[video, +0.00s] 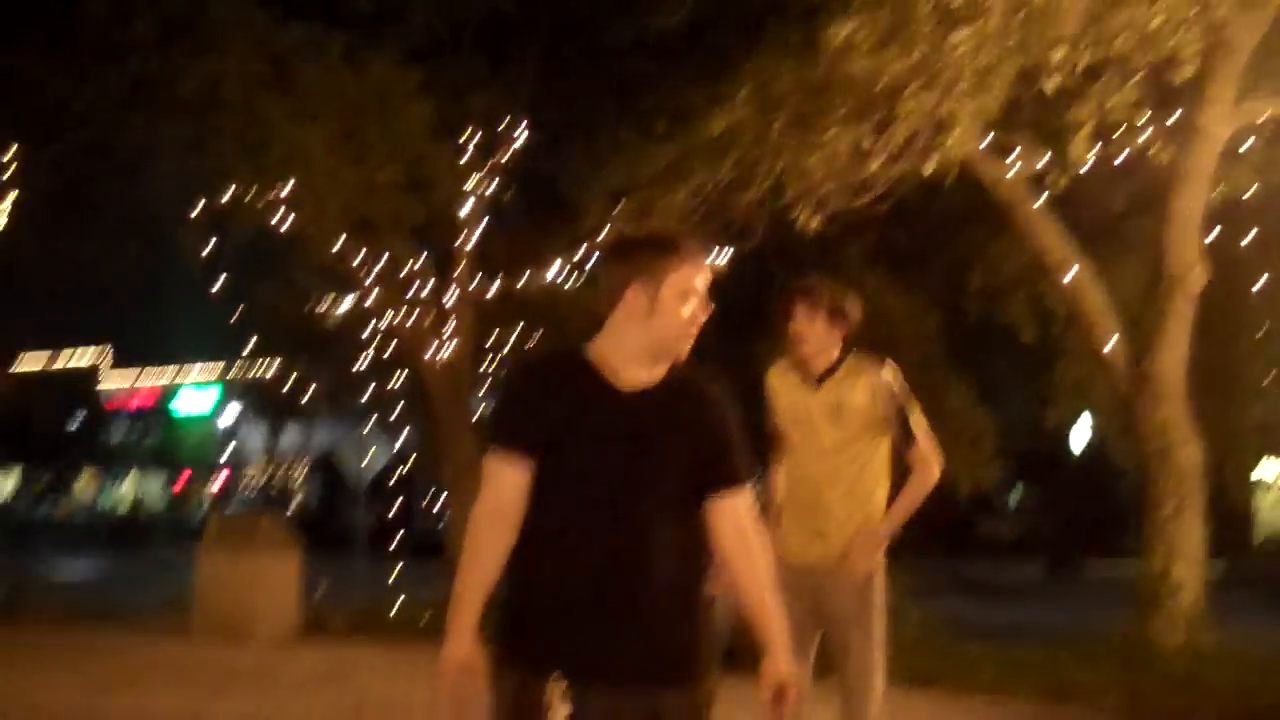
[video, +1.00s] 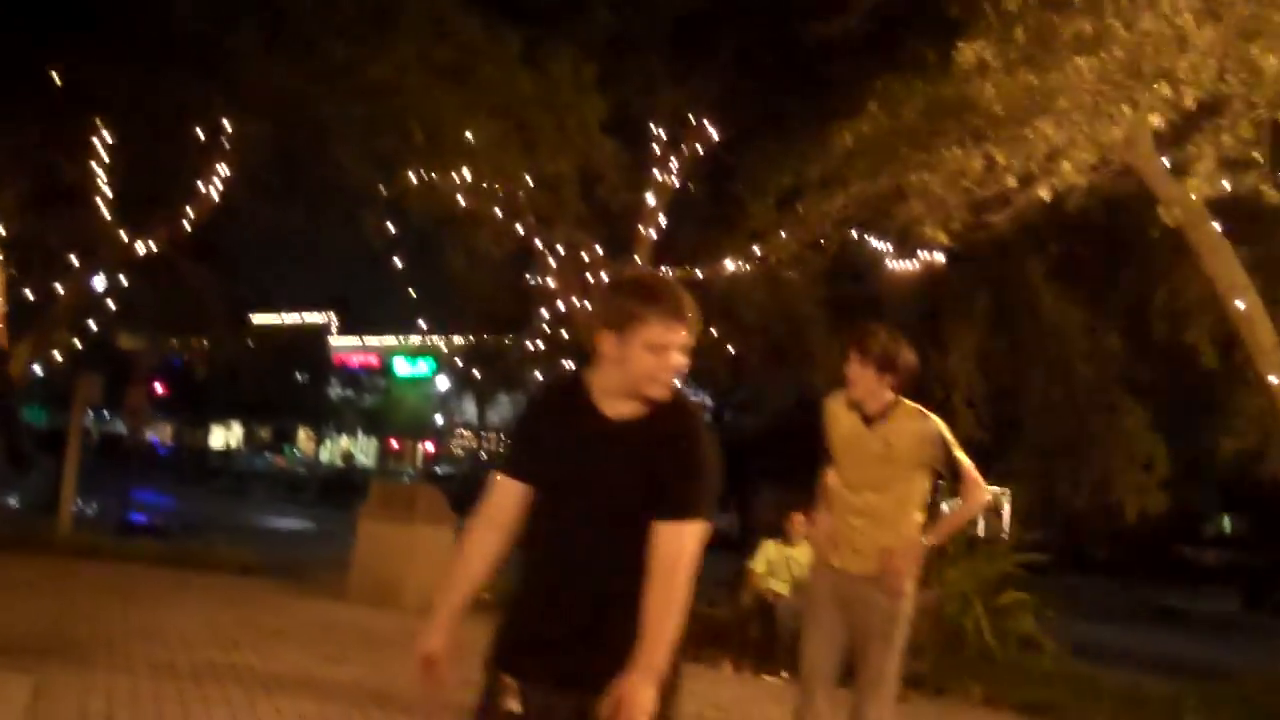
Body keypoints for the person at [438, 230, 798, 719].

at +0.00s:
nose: (704, 312)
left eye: (705, 298)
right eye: (688, 296)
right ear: (634, 297)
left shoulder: (699, 406)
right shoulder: (542, 386)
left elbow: (739, 532)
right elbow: (497, 513)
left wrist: (776, 650)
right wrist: (461, 631)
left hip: (663, 671)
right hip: (541, 667)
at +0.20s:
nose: (810, 313)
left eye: (812, 298)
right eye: (795, 297)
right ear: (740, 296)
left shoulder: (809, 399)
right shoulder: (651, 380)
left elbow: (850, 524)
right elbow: (603, 504)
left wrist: (886, 643)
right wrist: (563, 621)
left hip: (770, 663)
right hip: (651, 661)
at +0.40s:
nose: (777, 295)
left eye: (780, 280)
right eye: (763, 280)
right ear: (708, 278)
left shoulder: (781, 366)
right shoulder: (624, 350)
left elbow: (812, 498)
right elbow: (569, 478)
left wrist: (840, 619)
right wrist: (522, 593)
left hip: (731, 643)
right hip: (614, 637)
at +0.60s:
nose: (767, 330)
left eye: (771, 314)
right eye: (751, 314)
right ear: (697, 311)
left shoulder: (776, 399)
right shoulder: (621, 379)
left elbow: (794, 535)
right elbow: (574, 497)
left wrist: (799, 659)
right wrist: (521, 609)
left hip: (723, 657)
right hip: (610, 651)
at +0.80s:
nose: (749, 385)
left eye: (755, 369)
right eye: (731, 371)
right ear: (678, 364)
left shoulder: (756, 449)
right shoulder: (618, 424)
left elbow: (753, 588)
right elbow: (565, 539)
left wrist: (732, 701)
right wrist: (511, 647)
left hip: (697, 685)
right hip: (602, 672)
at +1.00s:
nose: (677, 365)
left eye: (683, 350)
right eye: (658, 349)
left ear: (690, 350)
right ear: (607, 343)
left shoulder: (683, 435)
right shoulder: (553, 409)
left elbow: (672, 570)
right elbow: (495, 521)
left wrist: (645, 676)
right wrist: (441, 623)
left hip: (621, 671)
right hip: (530, 654)